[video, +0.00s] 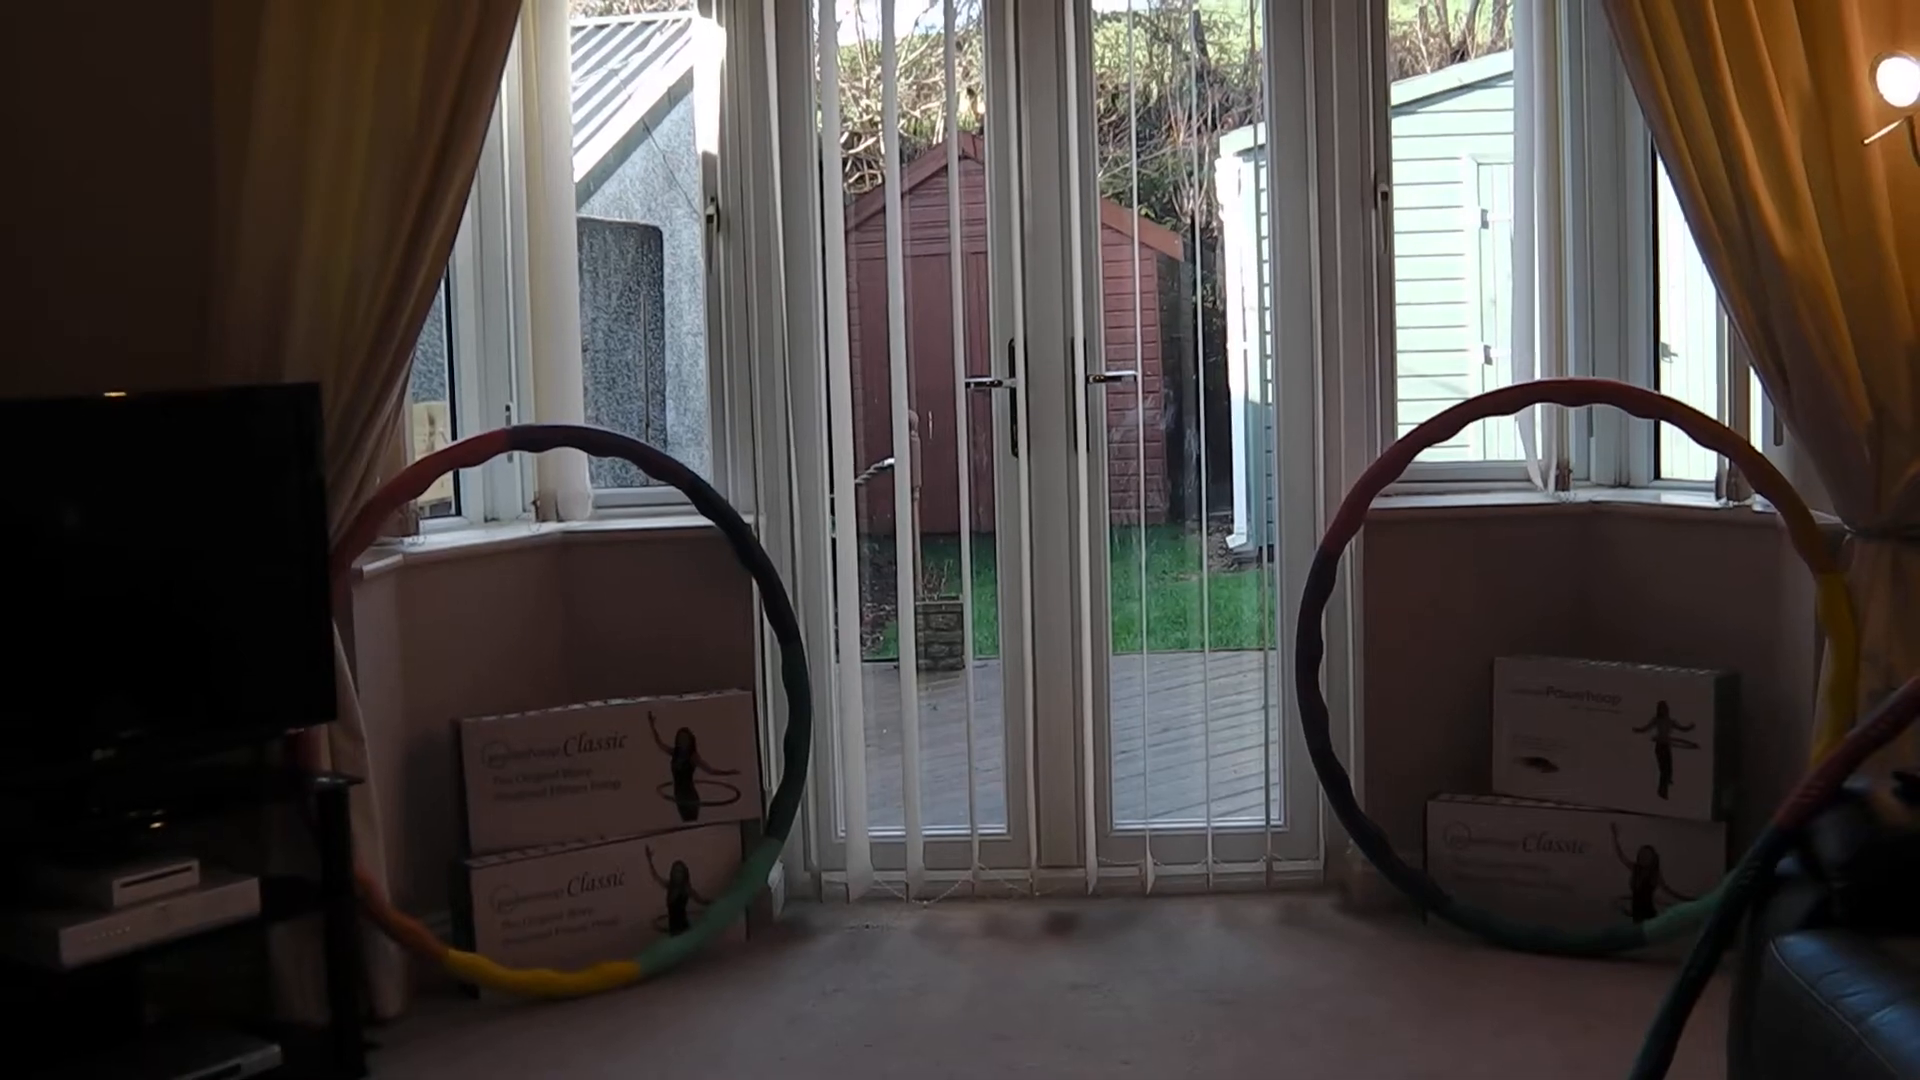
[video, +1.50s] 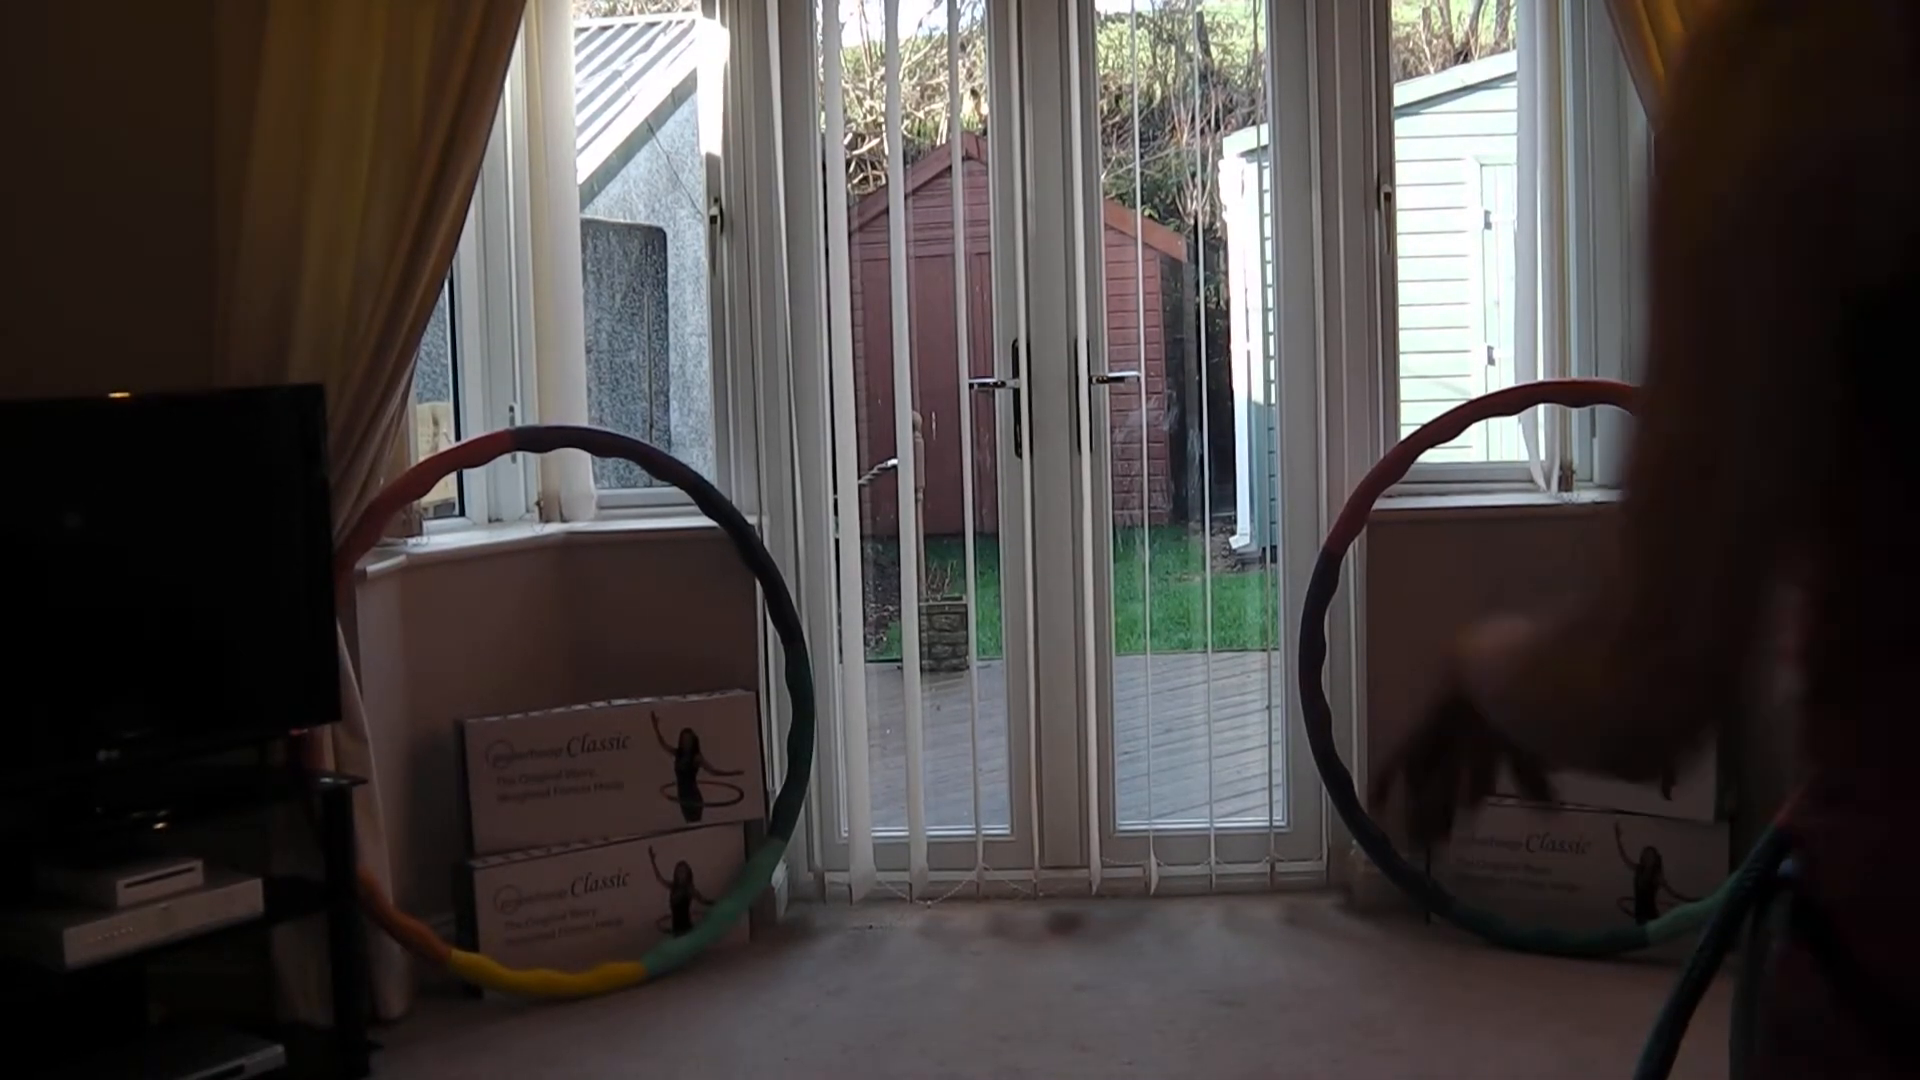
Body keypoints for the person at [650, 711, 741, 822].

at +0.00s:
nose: (682, 741)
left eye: (685, 739)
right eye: (680, 738)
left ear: (690, 741)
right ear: (676, 740)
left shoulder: (692, 756)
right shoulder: (675, 754)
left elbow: (710, 771)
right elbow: (659, 743)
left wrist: (729, 773)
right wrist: (652, 725)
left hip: (689, 794)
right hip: (678, 794)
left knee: (692, 827)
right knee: (688, 827)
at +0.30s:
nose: (684, 742)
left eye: (687, 740)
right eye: (682, 739)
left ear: (693, 741)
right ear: (679, 741)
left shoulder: (695, 757)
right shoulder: (678, 755)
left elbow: (713, 772)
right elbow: (662, 744)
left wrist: (733, 773)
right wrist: (655, 726)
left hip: (692, 794)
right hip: (682, 795)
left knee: (695, 827)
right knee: (690, 827)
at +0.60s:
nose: (685, 742)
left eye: (688, 739)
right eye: (683, 739)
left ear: (693, 741)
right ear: (679, 741)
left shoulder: (695, 757)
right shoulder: (677, 754)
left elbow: (713, 772)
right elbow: (662, 743)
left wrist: (733, 773)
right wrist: (655, 725)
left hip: (692, 794)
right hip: (681, 794)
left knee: (696, 825)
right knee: (690, 825)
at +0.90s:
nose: (685, 742)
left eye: (688, 739)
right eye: (683, 739)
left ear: (693, 741)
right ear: (680, 741)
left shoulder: (696, 757)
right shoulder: (678, 755)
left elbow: (713, 772)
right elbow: (662, 744)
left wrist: (733, 774)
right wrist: (655, 725)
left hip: (693, 795)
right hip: (682, 795)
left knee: (696, 827)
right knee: (690, 828)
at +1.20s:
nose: (685, 741)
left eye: (688, 739)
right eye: (683, 739)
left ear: (693, 741)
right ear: (680, 740)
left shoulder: (696, 757)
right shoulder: (678, 754)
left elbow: (713, 771)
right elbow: (662, 744)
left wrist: (733, 773)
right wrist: (655, 726)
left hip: (693, 793)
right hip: (682, 793)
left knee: (696, 826)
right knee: (690, 826)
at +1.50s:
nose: (684, 741)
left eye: (688, 738)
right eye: (683, 738)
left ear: (693, 741)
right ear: (680, 740)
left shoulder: (696, 757)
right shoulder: (678, 754)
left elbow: (713, 772)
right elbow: (662, 744)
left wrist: (733, 773)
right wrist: (655, 725)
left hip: (693, 794)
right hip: (682, 794)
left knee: (696, 826)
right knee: (690, 826)